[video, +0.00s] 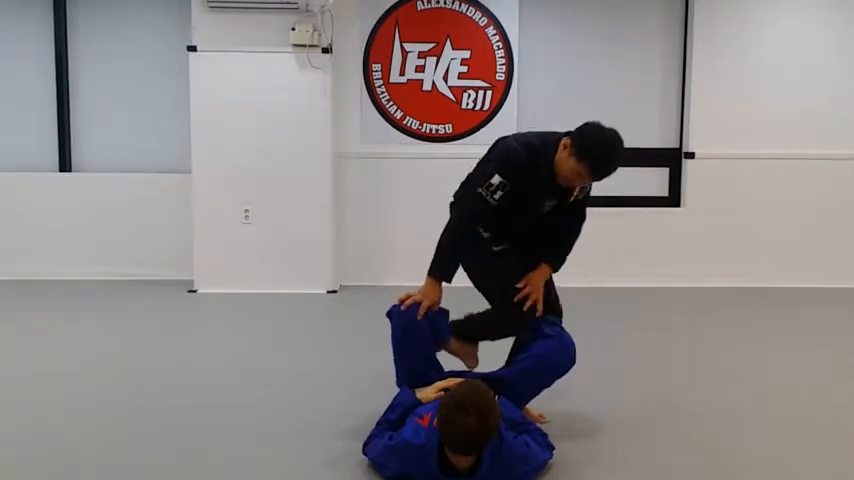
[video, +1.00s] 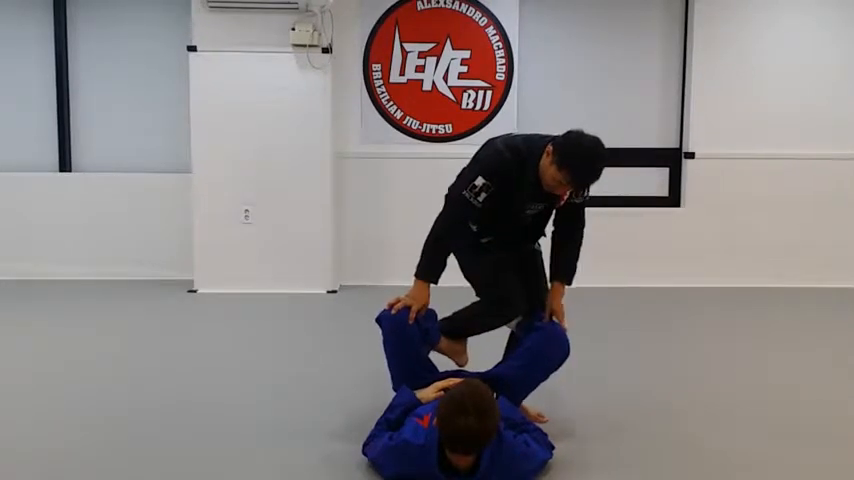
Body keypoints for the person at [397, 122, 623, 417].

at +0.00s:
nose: (578, 186)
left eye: (586, 181)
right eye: (577, 175)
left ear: (597, 176)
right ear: (565, 147)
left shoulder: (580, 176)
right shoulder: (513, 155)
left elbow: (570, 227)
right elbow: (463, 214)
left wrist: (544, 271)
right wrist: (434, 282)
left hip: (523, 242)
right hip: (479, 234)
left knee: (548, 314)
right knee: (520, 312)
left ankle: (510, 398)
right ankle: (458, 333)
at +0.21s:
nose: (578, 185)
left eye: (586, 180)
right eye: (577, 175)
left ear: (597, 176)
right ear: (565, 147)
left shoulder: (579, 176)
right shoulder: (513, 154)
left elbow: (571, 225)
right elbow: (461, 211)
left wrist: (547, 269)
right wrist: (431, 282)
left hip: (521, 239)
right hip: (477, 231)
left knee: (544, 310)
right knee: (515, 302)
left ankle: (509, 395)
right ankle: (455, 334)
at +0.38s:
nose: (573, 187)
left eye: (582, 182)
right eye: (571, 176)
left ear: (591, 177)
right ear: (558, 149)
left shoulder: (577, 173)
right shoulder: (507, 154)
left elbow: (571, 220)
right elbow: (457, 214)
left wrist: (548, 266)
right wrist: (430, 283)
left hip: (521, 240)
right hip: (477, 233)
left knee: (541, 312)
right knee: (515, 298)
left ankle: (508, 393)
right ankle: (453, 318)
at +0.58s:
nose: (568, 189)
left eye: (576, 184)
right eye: (566, 178)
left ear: (586, 179)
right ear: (552, 151)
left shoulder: (573, 179)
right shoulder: (502, 156)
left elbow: (567, 226)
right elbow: (454, 215)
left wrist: (552, 277)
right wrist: (424, 287)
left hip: (520, 242)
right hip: (475, 236)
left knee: (543, 309)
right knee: (512, 302)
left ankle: (508, 393)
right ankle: (453, 337)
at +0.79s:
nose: (562, 192)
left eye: (571, 186)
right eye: (558, 181)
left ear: (581, 179)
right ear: (546, 153)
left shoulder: (575, 177)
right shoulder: (499, 156)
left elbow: (572, 231)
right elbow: (449, 214)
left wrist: (561, 291)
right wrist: (421, 285)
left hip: (520, 240)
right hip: (474, 233)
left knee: (536, 314)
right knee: (506, 300)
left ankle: (506, 394)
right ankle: (444, 332)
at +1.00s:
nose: (563, 193)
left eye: (572, 187)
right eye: (561, 182)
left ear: (583, 182)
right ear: (549, 154)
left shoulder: (575, 178)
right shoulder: (500, 156)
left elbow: (569, 232)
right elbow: (451, 215)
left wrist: (557, 292)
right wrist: (422, 285)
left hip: (520, 242)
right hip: (474, 236)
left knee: (538, 316)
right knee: (508, 304)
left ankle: (507, 396)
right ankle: (444, 334)